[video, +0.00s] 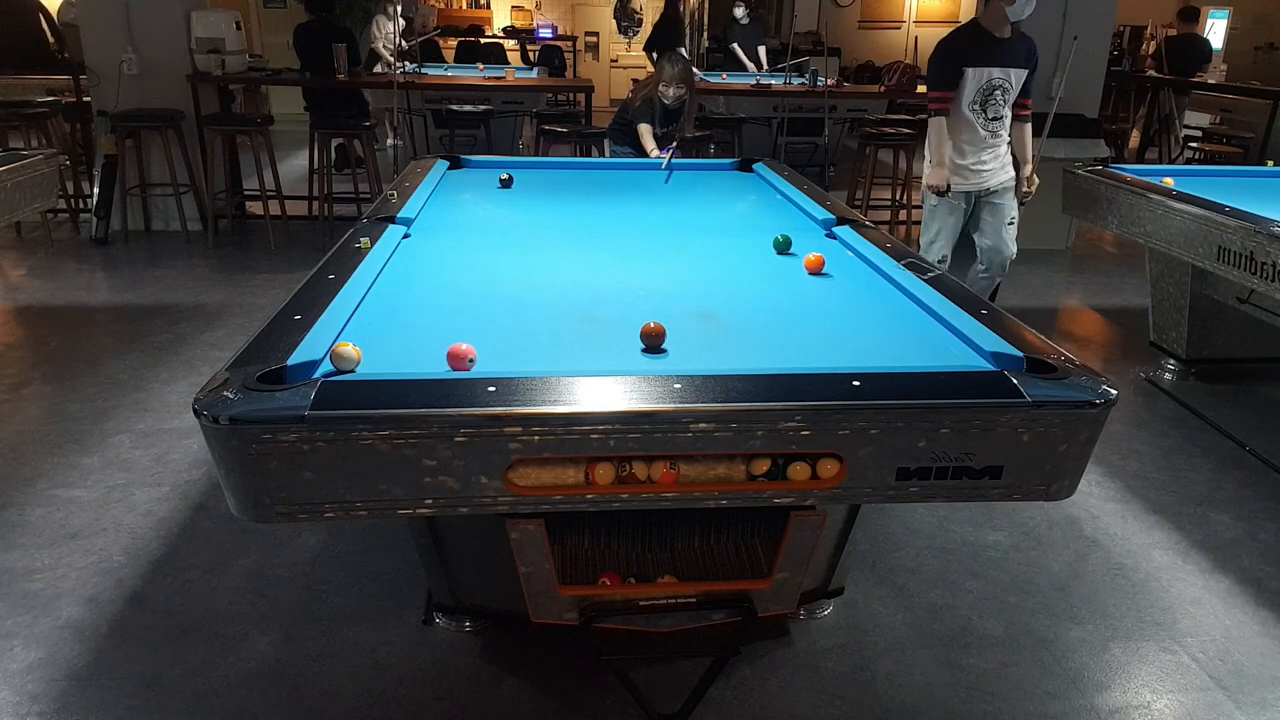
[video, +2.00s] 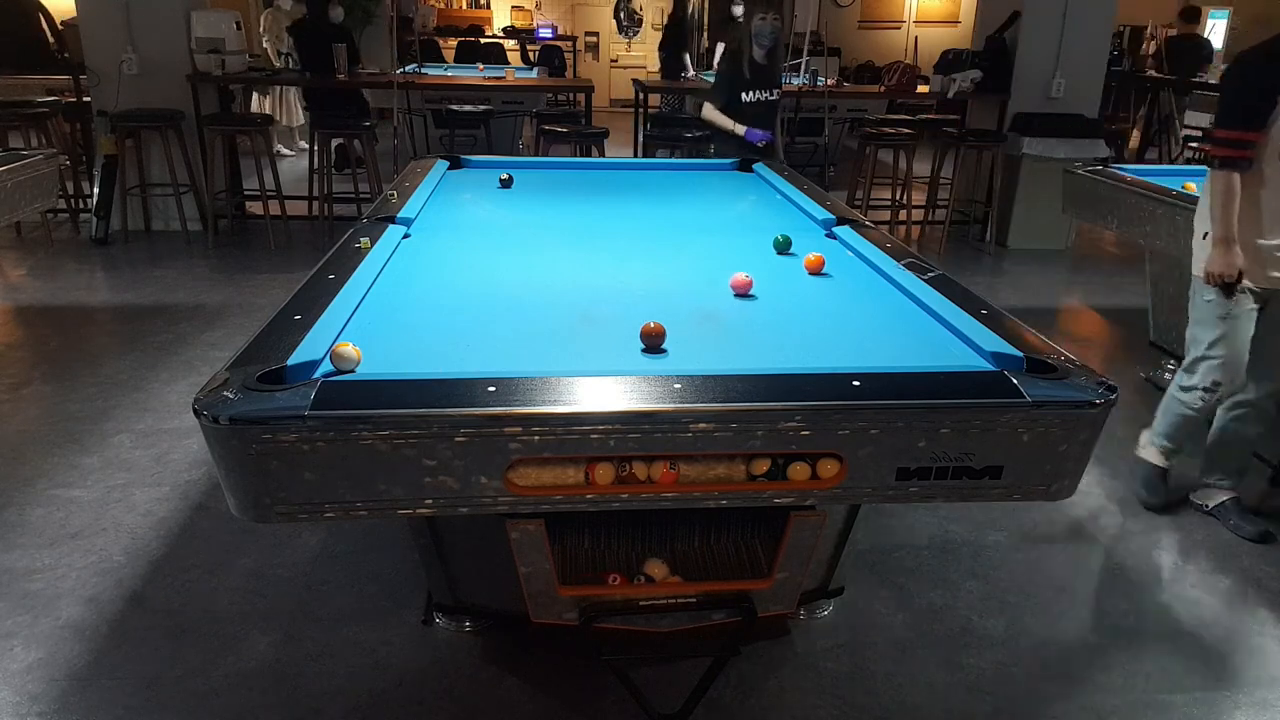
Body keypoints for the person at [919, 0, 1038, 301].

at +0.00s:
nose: (1018, 3)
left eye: (1019, 0)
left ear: (1014, 4)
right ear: (989, 2)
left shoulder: (1026, 49)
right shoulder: (951, 47)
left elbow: (1022, 113)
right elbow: (937, 110)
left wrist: (1026, 164)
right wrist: (938, 166)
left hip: (999, 175)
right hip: (950, 174)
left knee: (1000, 253)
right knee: (934, 260)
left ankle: (968, 322)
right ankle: (919, 328)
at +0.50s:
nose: (1085, 5)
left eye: (1087, 1)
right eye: (1078, 1)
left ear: (1084, 7)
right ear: (1059, 2)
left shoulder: (1090, 58)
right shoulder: (1009, 49)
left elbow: (1084, 128)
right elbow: (992, 122)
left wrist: (1079, 185)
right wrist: (985, 184)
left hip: (1061, 195)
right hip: (1008, 194)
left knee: (1039, 293)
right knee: (970, 282)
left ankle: (1025, 369)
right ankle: (929, 351)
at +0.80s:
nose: (1141, 7)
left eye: (1142, 2)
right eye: (1134, 1)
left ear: (1122, 6)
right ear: (1110, 2)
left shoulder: (1133, 66)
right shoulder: (1048, 56)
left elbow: (1127, 140)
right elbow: (1028, 131)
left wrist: (1138, 195)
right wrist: (1025, 193)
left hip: (1091, 202)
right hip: (1041, 197)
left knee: (1057, 297)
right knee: (1035, 298)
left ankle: (1036, 366)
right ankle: (1012, 374)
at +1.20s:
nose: (1192, 9)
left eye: (1193, 4)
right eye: (1187, 3)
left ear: (1176, 8)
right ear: (1167, 2)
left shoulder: (1186, 65)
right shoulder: (1097, 58)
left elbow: (1175, 147)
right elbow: (1080, 142)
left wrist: (1176, 207)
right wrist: (1083, 210)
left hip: (1139, 218)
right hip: (1086, 215)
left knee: (1111, 321)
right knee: (1074, 329)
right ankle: (1065, 436)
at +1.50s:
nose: (1243, 11)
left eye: (1244, 5)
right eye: (1238, 3)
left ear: (1225, 7)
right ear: (1213, 2)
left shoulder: (1229, 71)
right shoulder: (1138, 58)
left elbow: (1213, 156)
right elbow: (1119, 149)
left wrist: (1207, 223)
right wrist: (1119, 224)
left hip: (1186, 234)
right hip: (1118, 230)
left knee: (1187, 344)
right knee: (1089, 341)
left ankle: (1157, 448)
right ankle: (1066, 436)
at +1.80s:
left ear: (1267, 17)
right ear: (1269, 16)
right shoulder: (1223, 61)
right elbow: (1191, 153)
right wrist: (1173, 236)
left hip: (1264, 253)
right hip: (1198, 246)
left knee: (1246, 379)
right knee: (1142, 355)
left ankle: (1216, 487)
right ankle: (1079, 426)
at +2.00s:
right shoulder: (1258, 67)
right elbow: (1226, 161)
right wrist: (1223, 244)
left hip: (1274, 255)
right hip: (1231, 247)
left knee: (1259, 386)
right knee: (1215, 372)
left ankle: (1215, 487)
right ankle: (1156, 449)